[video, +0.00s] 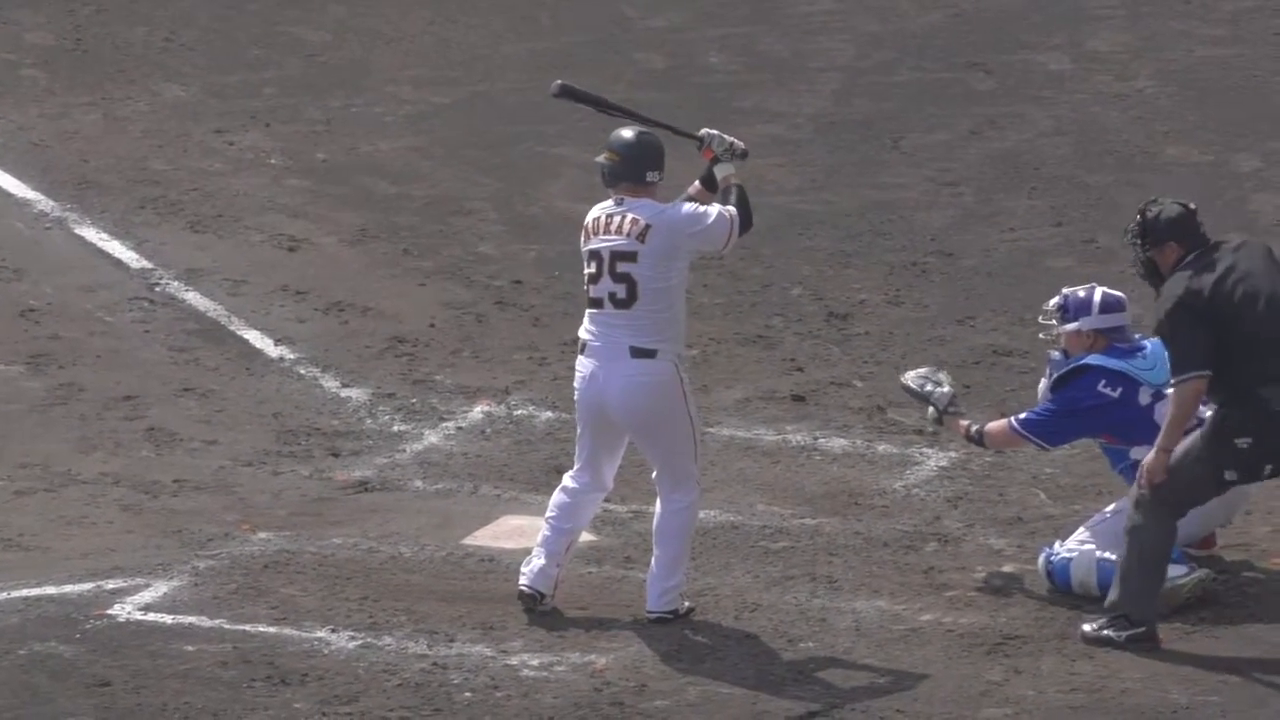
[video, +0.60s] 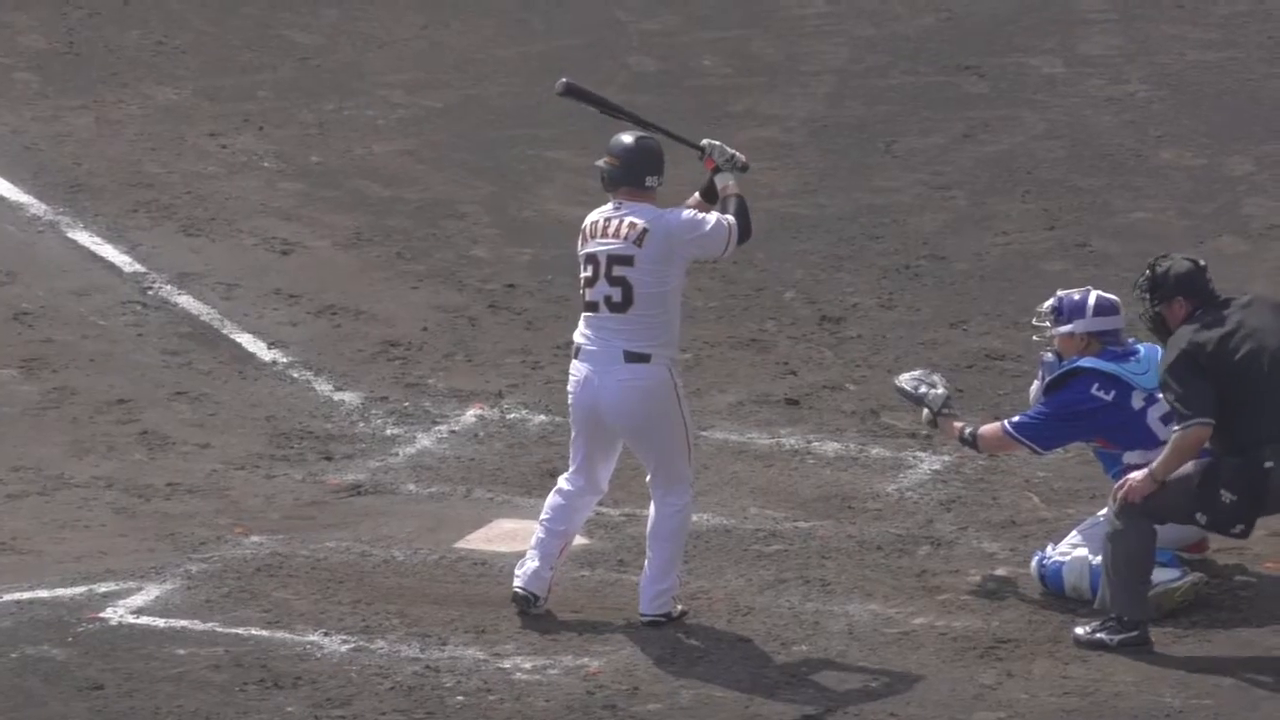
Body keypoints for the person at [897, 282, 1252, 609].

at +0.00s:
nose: (1058, 336)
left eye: (1065, 329)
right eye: (1060, 328)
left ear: (1090, 337)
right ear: (1106, 333)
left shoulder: (1092, 389)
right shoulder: (1148, 347)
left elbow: (1019, 431)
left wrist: (968, 430)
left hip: (1192, 490)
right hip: (1230, 470)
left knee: (1060, 562)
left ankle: (1174, 577)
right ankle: (1197, 540)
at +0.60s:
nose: (1051, 337)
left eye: (1058, 331)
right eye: (1053, 329)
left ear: (1082, 339)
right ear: (1110, 331)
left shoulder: (1086, 390)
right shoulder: (1150, 353)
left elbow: (1006, 436)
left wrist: (954, 429)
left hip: (1167, 506)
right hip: (1212, 485)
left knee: (1052, 563)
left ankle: (1160, 577)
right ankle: (1189, 539)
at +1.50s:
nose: (973, 349)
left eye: (980, 341)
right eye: (974, 341)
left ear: (1004, 350)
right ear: (1028, 345)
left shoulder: (1007, 396)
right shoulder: (1069, 366)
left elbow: (968, 468)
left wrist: (918, 459)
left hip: (1078, 515)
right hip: (1121, 495)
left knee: (976, 560)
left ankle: (1075, 573)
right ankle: (1102, 540)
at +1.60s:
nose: (964, 349)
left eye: (970, 342)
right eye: (966, 341)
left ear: (992, 349)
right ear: (1021, 343)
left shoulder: (995, 393)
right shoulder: (1056, 363)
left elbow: (975, 473)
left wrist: (932, 478)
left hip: (1069, 511)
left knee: (966, 555)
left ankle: (1066, 570)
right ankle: (1089, 538)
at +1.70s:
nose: (958, 349)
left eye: (964, 341)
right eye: (960, 340)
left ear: (985, 349)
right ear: (1014, 343)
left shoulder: (989, 392)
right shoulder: (1049, 363)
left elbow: (971, 473)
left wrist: (926, 484)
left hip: (1062, 509)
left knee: (959, 550)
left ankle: (1058, 566)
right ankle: (1081, 534)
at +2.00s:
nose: (935, 348)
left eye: (940, 341)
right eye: (937, 341)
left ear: (960, 348)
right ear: (983, 343)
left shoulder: (961, 391)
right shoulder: (1018, 361)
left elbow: (910, 434)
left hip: (1039, 489)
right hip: (1078, 468)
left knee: (940, 533)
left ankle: (1032, 544)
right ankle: (1055, 513)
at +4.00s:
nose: (1003, 306)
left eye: (1010, 301)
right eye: (1006, 299)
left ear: (1028, 310)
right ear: (1036, 308)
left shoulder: (1028, 376)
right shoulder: (1047, 334)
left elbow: (991, 436)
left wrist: (940, 454)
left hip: (1027, 467)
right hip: (1050, 443)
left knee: (1010, 572)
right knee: (1071, 490)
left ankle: (1114, 559)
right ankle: (1130, 533)